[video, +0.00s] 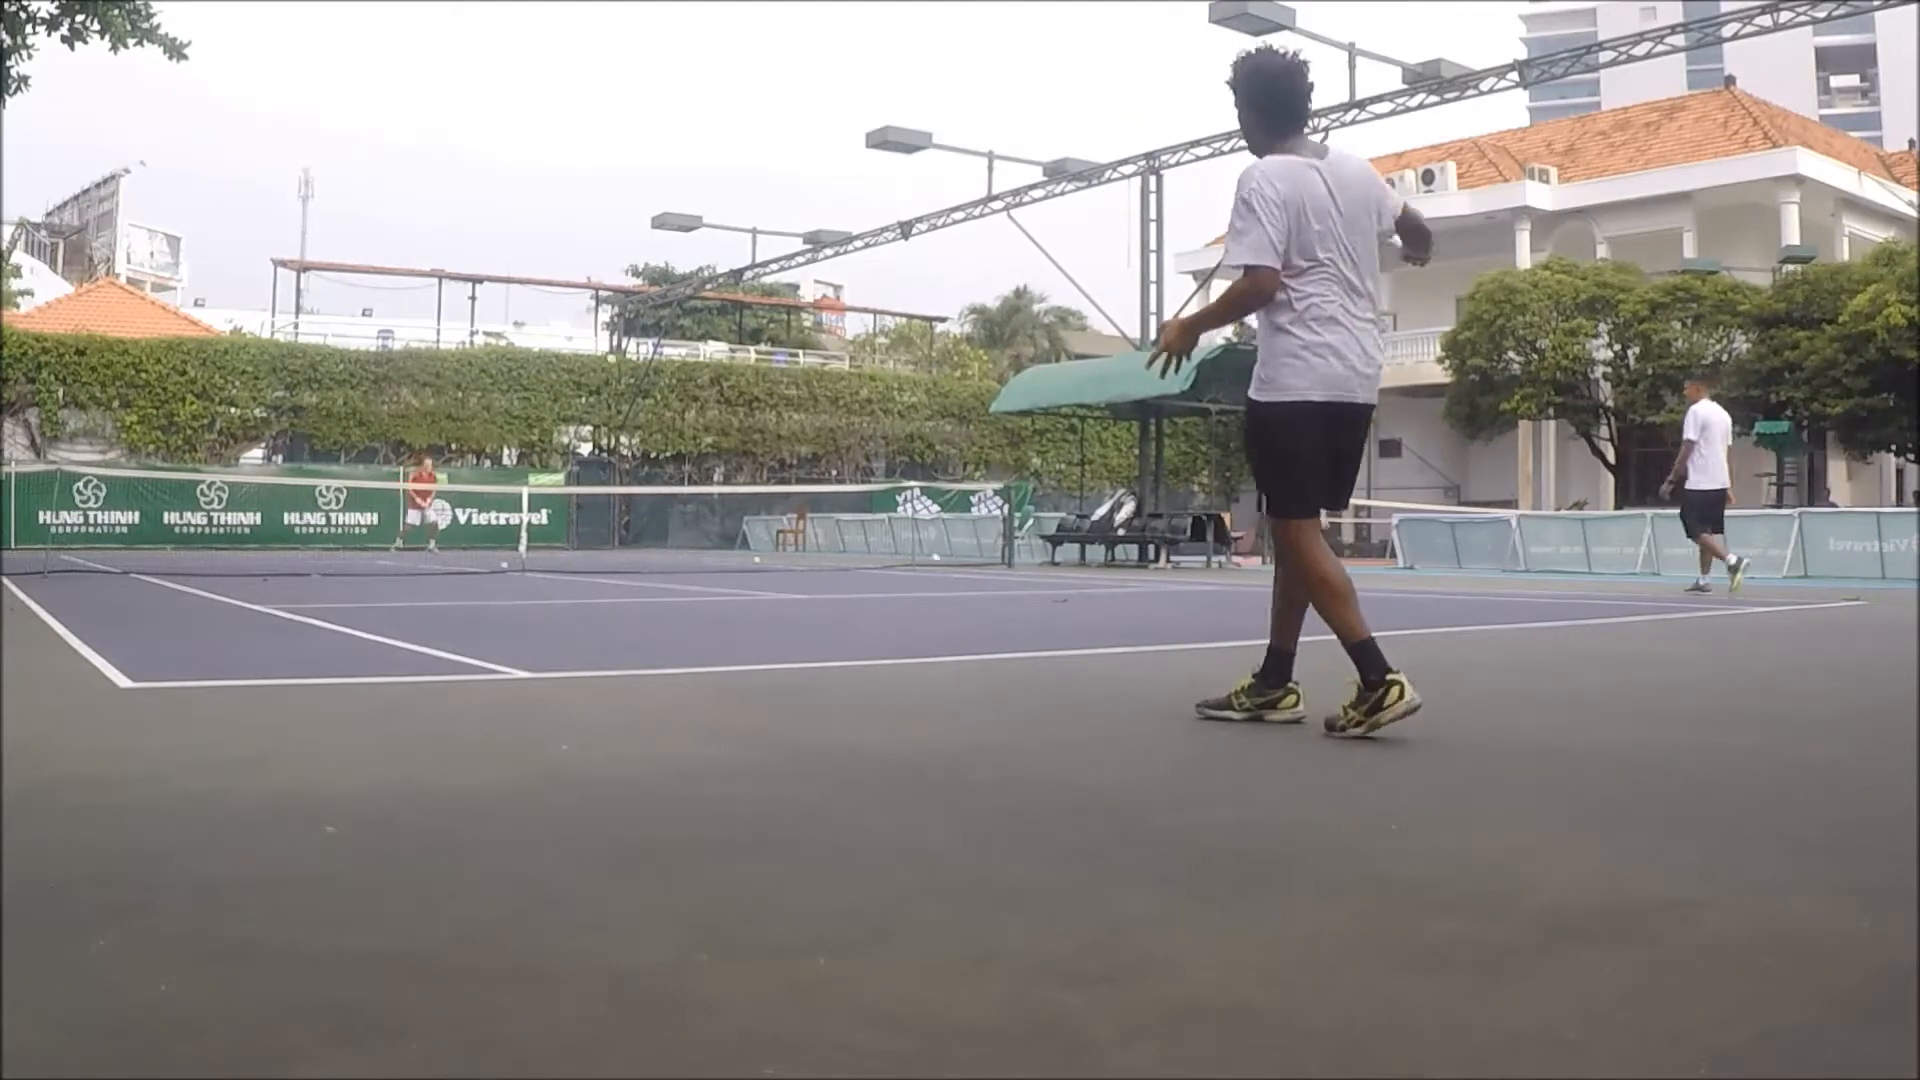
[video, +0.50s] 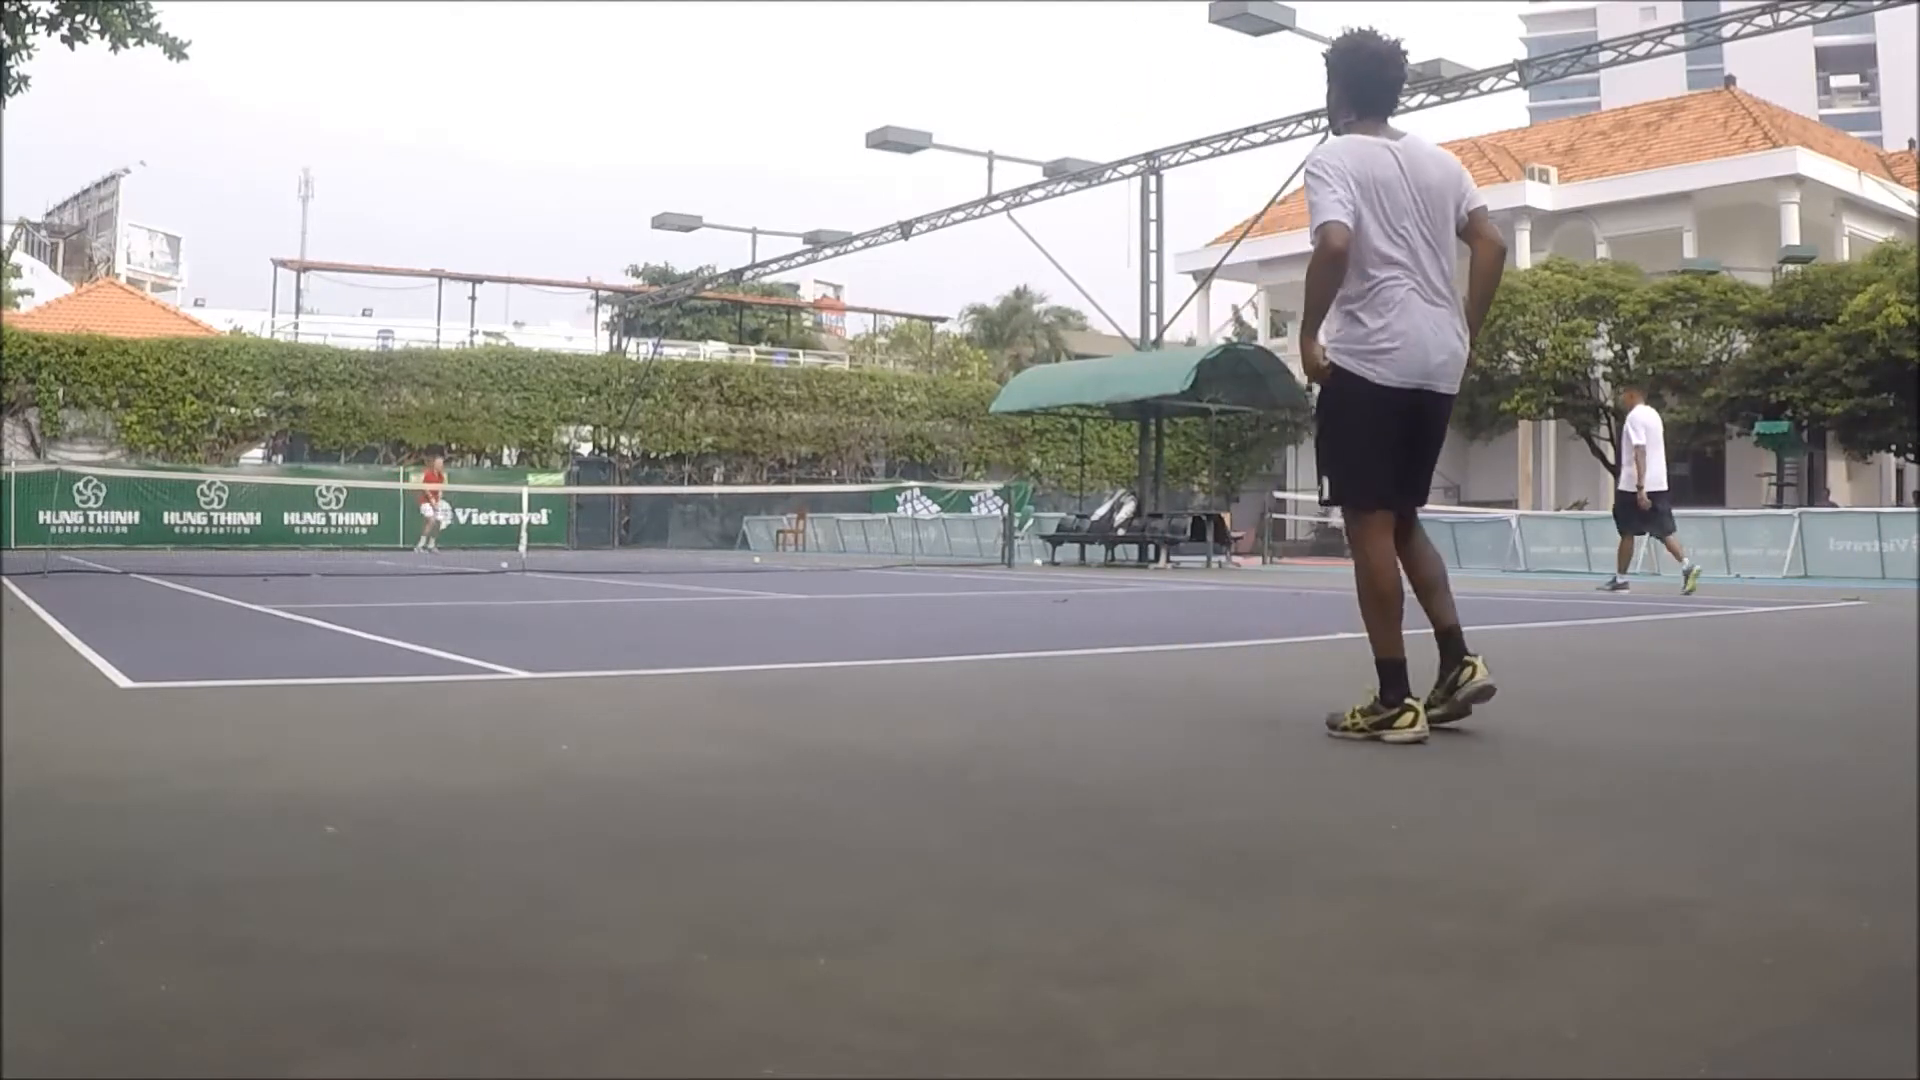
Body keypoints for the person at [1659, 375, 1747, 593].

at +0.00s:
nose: (1684, 393)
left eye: (1687, 388)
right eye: (1685, 388)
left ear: (1698, 389)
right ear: (1703, 390)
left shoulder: (1695, 411)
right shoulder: (1723, 413)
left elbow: (1687, 446)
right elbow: (1725, 453)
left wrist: (1671, 478)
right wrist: (1727, 485)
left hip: (1698, 484)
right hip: (1719, 483)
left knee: (1694, 530)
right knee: (1709, 531)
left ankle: (1731, 560)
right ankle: (1703, 579)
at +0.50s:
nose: (1623, 400)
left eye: (1624, 396)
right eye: (1623, 396)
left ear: (1632, 396)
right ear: (1641, 397)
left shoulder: (1634, 417)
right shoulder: (1653, 414)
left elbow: (1639, 452)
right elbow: (1653, 451)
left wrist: (1641, 488)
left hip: (1633, 487)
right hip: (1656, 486)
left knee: (1626, 534)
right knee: (1664, 532)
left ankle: (1620, 578)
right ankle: (1687, 566)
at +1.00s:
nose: (1561, 402)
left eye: (1564, 398)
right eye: (1562, 398)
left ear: (1574, 399)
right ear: (1578, 400)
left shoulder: (1574, 420)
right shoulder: (1592, 422)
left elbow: (1559, 452)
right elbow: (1596, 460)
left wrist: (1539, 465)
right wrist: (1597, 489)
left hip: (1576, 489)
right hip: (1584, 488)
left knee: (1588, 532)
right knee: (1565, 532)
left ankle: (1613, 572)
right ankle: (1554, 575)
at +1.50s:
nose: (1501, 409)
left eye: (1503, 404)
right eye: (1501, 404)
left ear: (1512, 402)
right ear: (1517, 402)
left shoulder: (1518, 424)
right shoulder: (1529, 422)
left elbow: (1524, 457)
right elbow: (1528, 458)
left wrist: (1528, 491)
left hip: (1513, 491)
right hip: (1533, 491)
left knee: (1498, 536)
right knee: (1541, 534)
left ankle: (1479, 573)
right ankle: (1551, 574)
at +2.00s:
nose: (1432, 441)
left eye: (1430, 436)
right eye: (1429, 438)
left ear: (1437, 429)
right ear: (1441, 426)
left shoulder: (1452, 441)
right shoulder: (1458, 430)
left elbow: (1454, 477)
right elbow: (1457, 473)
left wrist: (1444, 508)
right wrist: (1458, 495)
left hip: (1485, 485)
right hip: (1490, 482)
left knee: (1470, 528)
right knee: (1470, 527)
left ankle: (1475, 574)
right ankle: (1470, 570)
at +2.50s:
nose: (1411, 504)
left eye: (1410, 500)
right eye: (1408, 502)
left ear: (1414, 489)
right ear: (1413, 487)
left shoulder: (1434, 493)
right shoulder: (1421, 480)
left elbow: (1436, 530)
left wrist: (1436, 565)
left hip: (1478, 490)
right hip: (1458, 494)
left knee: (1464, 527)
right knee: (1445, 529)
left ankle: (1474, 575)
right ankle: (1447, 573)